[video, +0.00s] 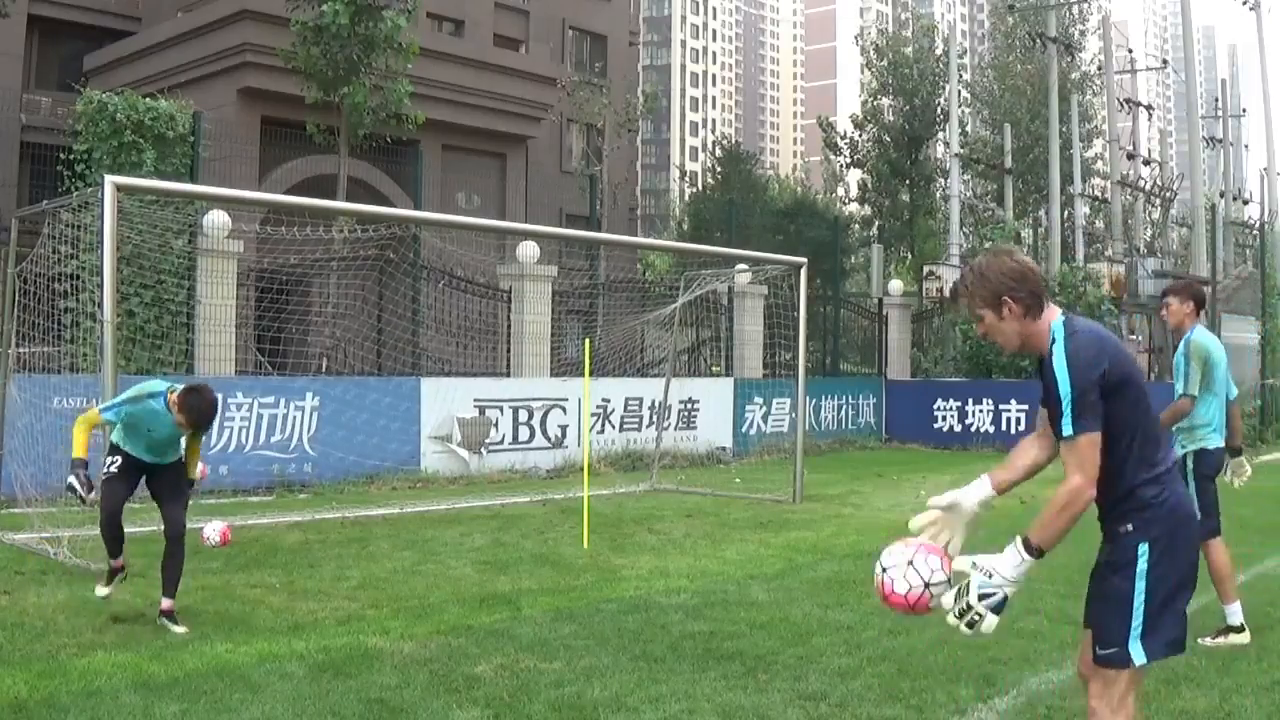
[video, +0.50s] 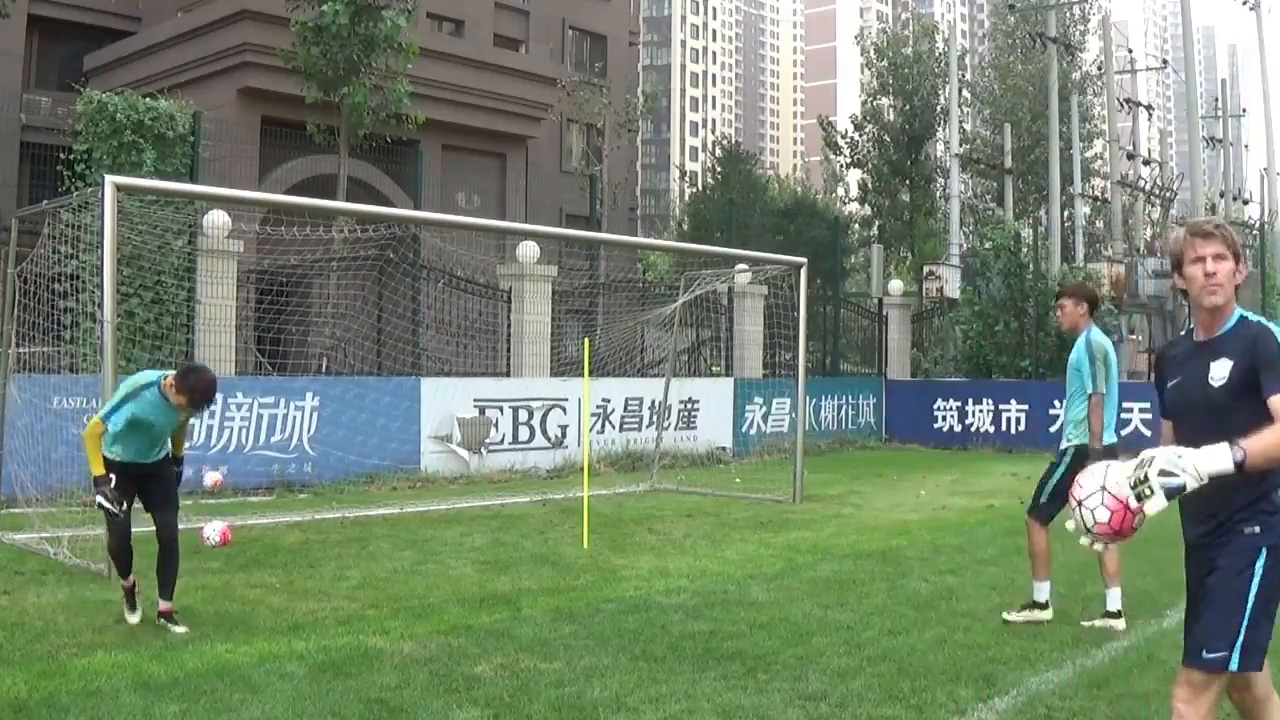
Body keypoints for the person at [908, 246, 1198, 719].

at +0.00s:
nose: (980, 332)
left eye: (980, 319)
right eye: (976, 321)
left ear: (1011, 307)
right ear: (1013, 306)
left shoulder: (1075, 354)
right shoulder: (1057, 348)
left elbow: (1082, 485)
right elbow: (1044, 440)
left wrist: (1012, 563)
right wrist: (974, 495)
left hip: (1150, 527)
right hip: (1131, 523)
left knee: (1109, 697)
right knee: (1093, 668)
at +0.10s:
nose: (1010, 315)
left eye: (1014, 302)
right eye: (1010, 303)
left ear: (1046, 307)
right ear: (1049, 307)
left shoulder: (1097, 369)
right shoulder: (1080, 363)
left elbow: (1039, 487)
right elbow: (1031, 450)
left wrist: (945, 517)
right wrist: (942, 478)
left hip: (1162, 540)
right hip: (1156, 534)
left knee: (1082, 696)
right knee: (1132, 687)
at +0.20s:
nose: (1039, 307)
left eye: (1048, 295)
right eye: (1040, 295)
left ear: (1082, 300)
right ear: (1079, 302)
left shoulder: (1120, 362)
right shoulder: (1106, 359)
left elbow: (1058, 476)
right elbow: (1052, 445)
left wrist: (960, 490)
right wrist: (964, 457)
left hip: (1164, 546)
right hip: (1175, 540)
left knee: (1077, 695)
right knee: (1161, 692)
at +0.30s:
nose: (1115, 287)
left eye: (1128, 273)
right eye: (1107, 278)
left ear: (1163, 280)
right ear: (1102, 286)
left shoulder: (1180, 352)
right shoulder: (1127, 352)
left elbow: (1142, 460)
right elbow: (1105, 445)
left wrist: (1040, 466)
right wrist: (1021, 459)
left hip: (1183, 542)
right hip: (1164, 539)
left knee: (1090, 695)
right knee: (1209, 691)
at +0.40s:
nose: (1166, 275)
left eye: (1176, 263)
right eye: (1154, 267)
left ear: (1200, 274)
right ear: (1141, 284)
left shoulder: (1219, 345)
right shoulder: (1147, 355)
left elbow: (1208, 451)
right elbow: (1139, 451)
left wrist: (1108, 459)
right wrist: (1074, 470)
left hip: (1209, 535)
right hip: (1173, 534)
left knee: (1133, 692)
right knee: (1225, 691)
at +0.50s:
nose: (1210, 270)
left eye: (1220, 259)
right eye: (1197, 262)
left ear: (1238, 271)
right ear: (1180, 278)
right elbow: (1171, 448)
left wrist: (1211, 460)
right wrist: (1126, 497)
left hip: (1256, 524)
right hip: (1203, 529)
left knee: (1191, 697)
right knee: (1247, 684)